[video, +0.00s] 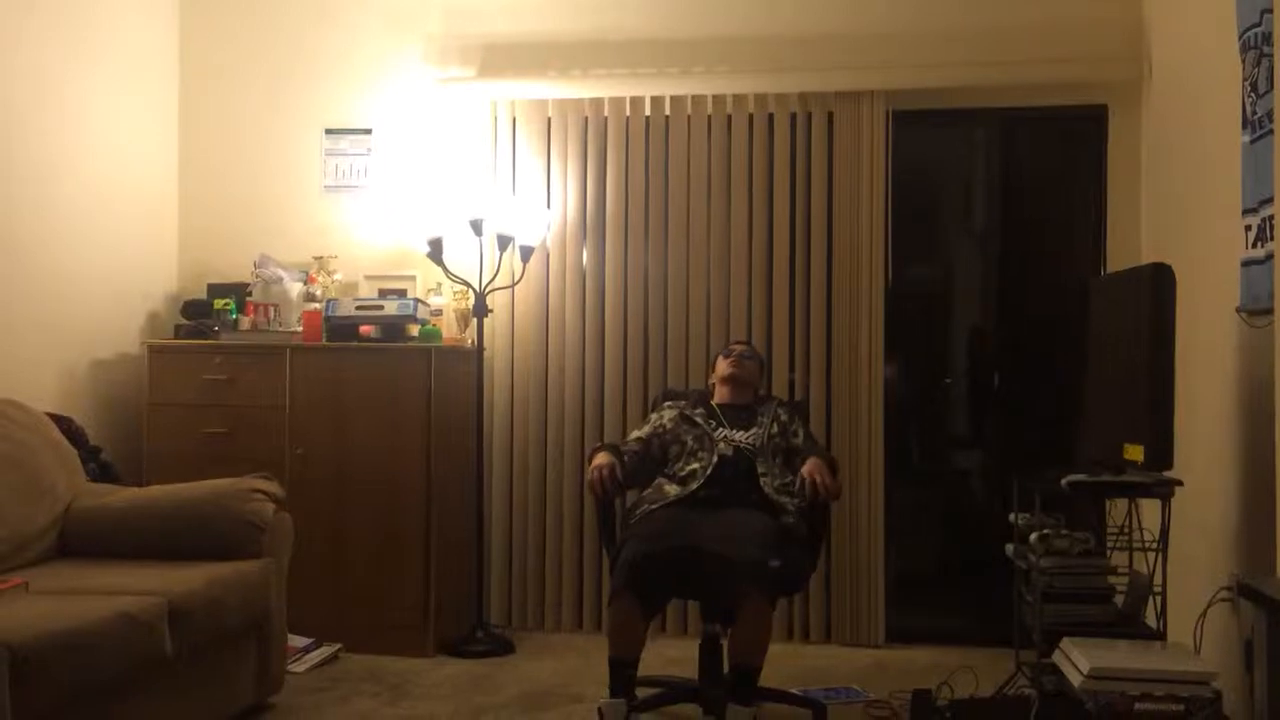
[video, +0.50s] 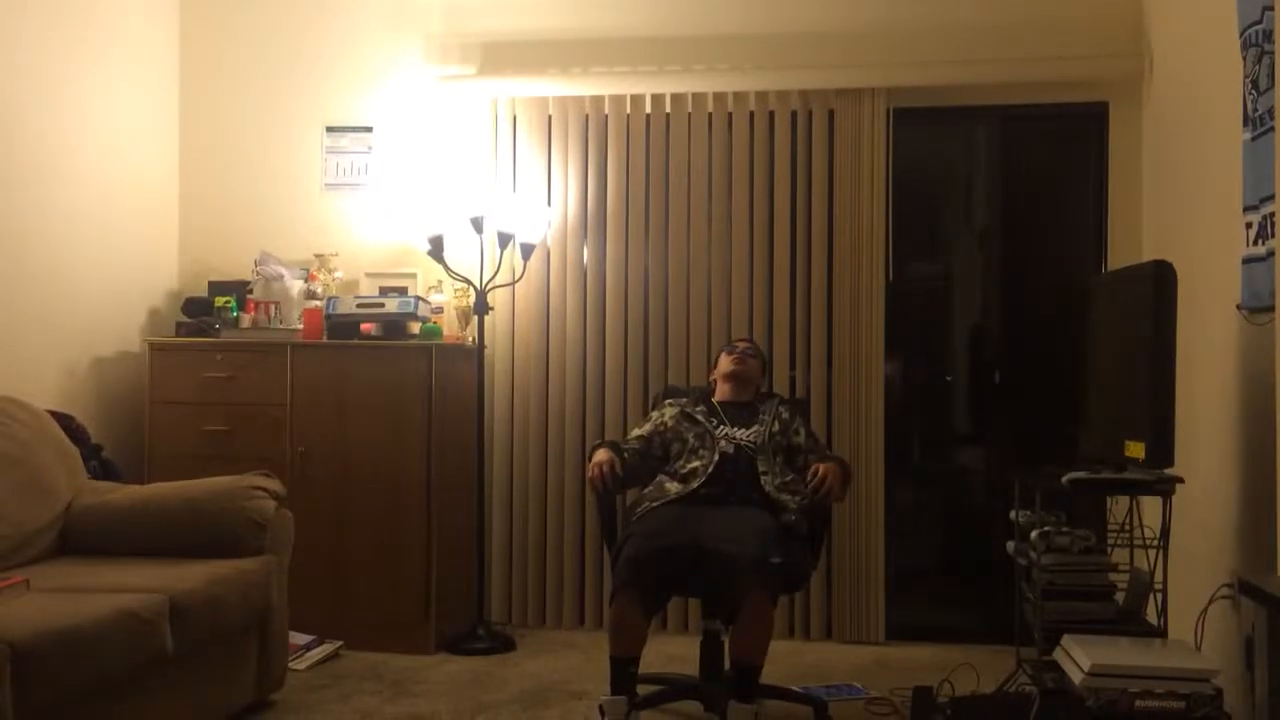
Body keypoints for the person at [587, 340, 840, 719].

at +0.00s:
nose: (738, 354)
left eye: (750, 354)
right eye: (728, 352)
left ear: (761, 380)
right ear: (712, 374)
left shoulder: (781, 416)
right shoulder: (678, 411)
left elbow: (810, 451)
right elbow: (637, 449)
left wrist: (815, 460)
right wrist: (606, 454)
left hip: (752, 513)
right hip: (676, 510)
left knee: (756, 583)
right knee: (635, 570)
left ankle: (741, 706)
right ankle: (619, 699)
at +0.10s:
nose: (737, 352)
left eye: (749, 352)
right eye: (728, 350)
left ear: (760, 378)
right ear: (711, 373)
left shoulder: (781, 416)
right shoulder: (677, 410)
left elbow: (809, 452)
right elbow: (637, 448)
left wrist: (821, 460)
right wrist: (607, 452)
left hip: (753, 511)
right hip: (676, 509)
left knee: (756, 581)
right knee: (634, 572)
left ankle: (743, 705)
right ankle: (620, 699)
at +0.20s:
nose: (737, 351)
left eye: (748, 351)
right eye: (728, 349)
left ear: (761, 378)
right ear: (711, 373)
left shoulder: (781, 415)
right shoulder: (678, 409)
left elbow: (811, 454)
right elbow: (637, 448)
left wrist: (823, 461)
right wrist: (607, 452)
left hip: (752, 511)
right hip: (677, 508)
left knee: (759, 578)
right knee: (637, 568)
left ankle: (743, 703)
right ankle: (621, 698)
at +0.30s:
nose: (737, 351)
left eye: (749, 351)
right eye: (728, 349)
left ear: (761, 377)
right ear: (711, 372)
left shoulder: (781, 415)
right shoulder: (678, 409)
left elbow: (813, 454)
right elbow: (637, 449)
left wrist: (827, 462)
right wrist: (606, 451)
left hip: (752, 510)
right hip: (677, 507)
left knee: (759, 580)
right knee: (636, 570)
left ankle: (743, 704)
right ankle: (621, 699)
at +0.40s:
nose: (739, 350)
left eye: (751, 351)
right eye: (730, 348)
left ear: (762, 379)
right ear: (713, 372)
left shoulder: (782, 415)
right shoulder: (678, 409)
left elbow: (812, 455)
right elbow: (636, 448)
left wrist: (830, 463)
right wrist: (606, 450)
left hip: (752, 510)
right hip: (676, 507)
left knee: (759, 579)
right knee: (637, 569)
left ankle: (743, 703)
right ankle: (621, 699)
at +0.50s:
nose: (741, 350)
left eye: (753, 352)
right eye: (732, 349)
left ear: (762, 378)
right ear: (713, 372)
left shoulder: (782, 415)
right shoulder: (678, 409)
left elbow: (813, 457)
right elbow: (636, 447)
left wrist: (835, 465)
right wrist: (606, 450)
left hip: (751, 511)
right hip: (676, 507)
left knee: (758, 579)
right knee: (637, 569)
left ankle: (744, 703)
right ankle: (621, 697)